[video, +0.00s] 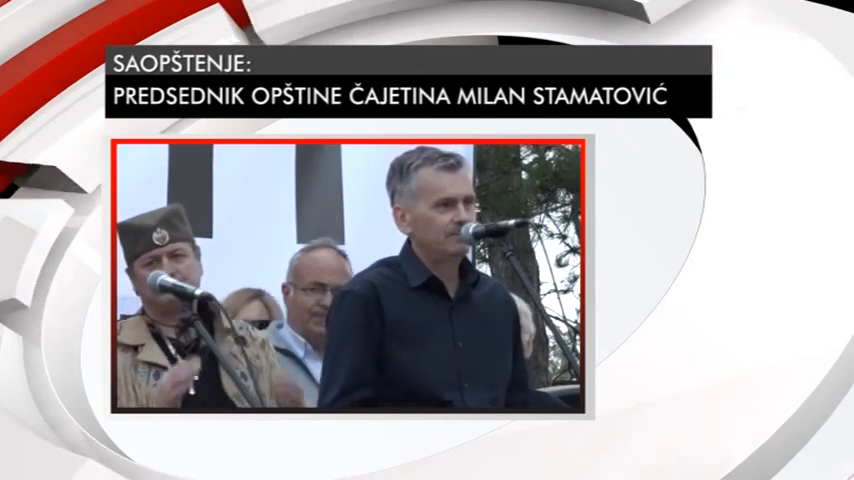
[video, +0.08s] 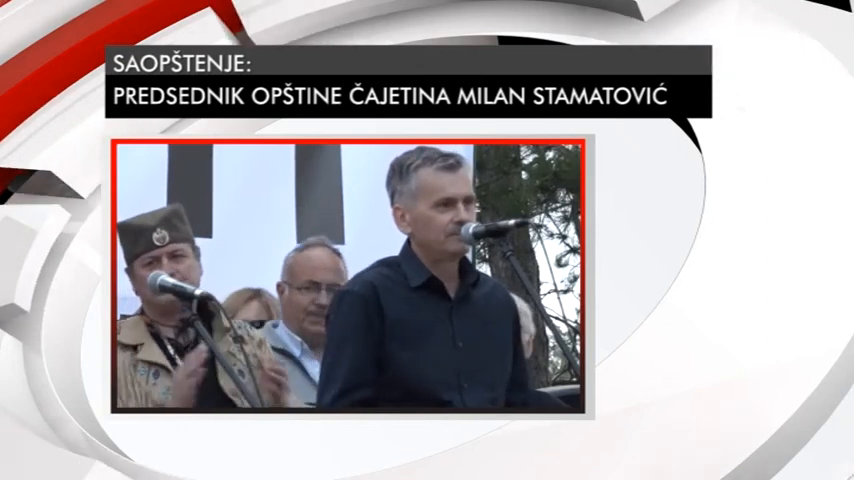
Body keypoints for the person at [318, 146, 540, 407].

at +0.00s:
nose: (463, 218)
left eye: (468, 203)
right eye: (445, 206)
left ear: (477, 207)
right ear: (402, 218)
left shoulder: (497, 300)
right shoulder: (365, 297)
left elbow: (520, 404)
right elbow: (339, 413)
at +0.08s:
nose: (463, 217)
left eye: (468, 203)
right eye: (444, 206)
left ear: (477, 207)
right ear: (402, 218)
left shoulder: (497, 300)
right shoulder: (364, 297)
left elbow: (520, 402)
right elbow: (339, 412)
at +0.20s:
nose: (463, 217)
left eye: (468, 203)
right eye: (444, 206)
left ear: (477, 207)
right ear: (403, 217)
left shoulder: (497, 300)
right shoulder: (365, 297)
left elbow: (519, 403)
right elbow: (336, 412)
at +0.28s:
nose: (463, 217)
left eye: (469, 204)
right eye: (445, 206)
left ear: (477, 207)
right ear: (403, 217)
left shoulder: (498, 301)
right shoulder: (363, 298)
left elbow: (520, 406)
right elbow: (335, 414)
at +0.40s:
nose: (464, 216)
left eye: (470, 203)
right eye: (445, 205)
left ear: (478, 208)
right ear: (403, 217)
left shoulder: (498, 302)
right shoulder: (363, 299)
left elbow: (519, 406)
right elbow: (335, 415)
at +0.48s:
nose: (464, 217)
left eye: (470, 203)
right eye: (446, 205)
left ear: (478, 208)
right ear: (404, 217)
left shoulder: (499, 302)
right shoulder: (363, 298)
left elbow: (519, 406)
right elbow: (335, 414)